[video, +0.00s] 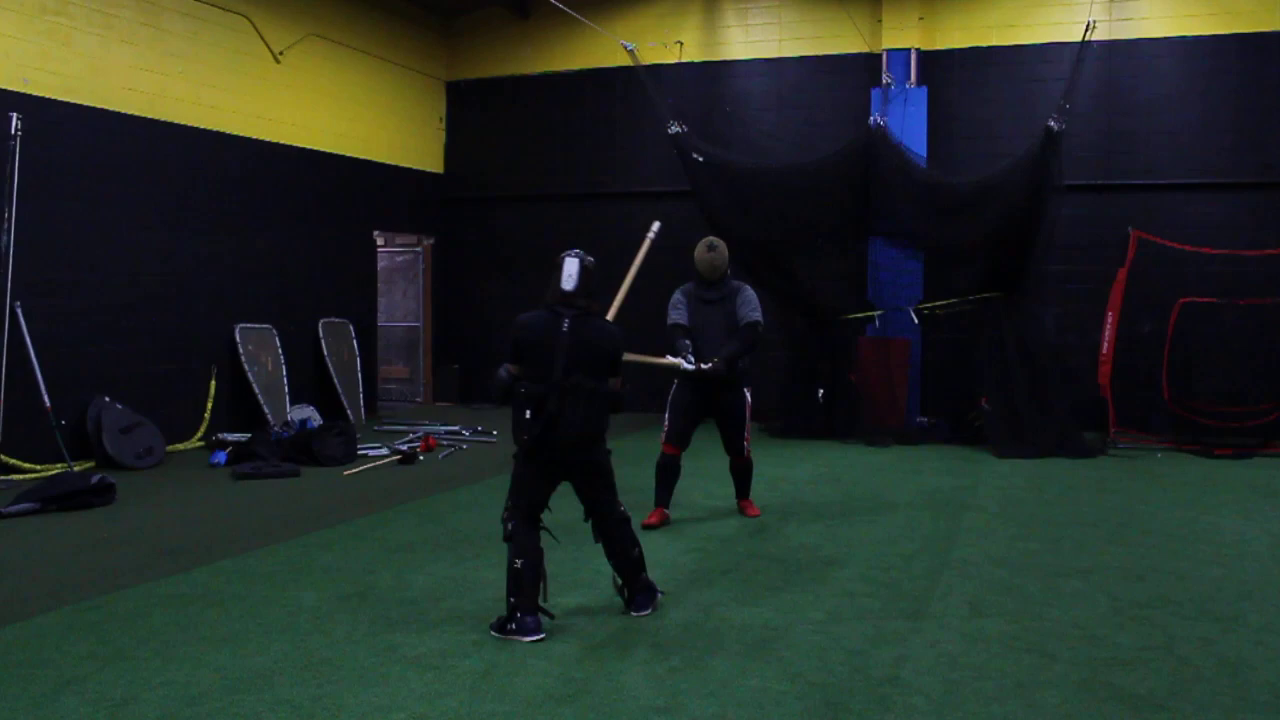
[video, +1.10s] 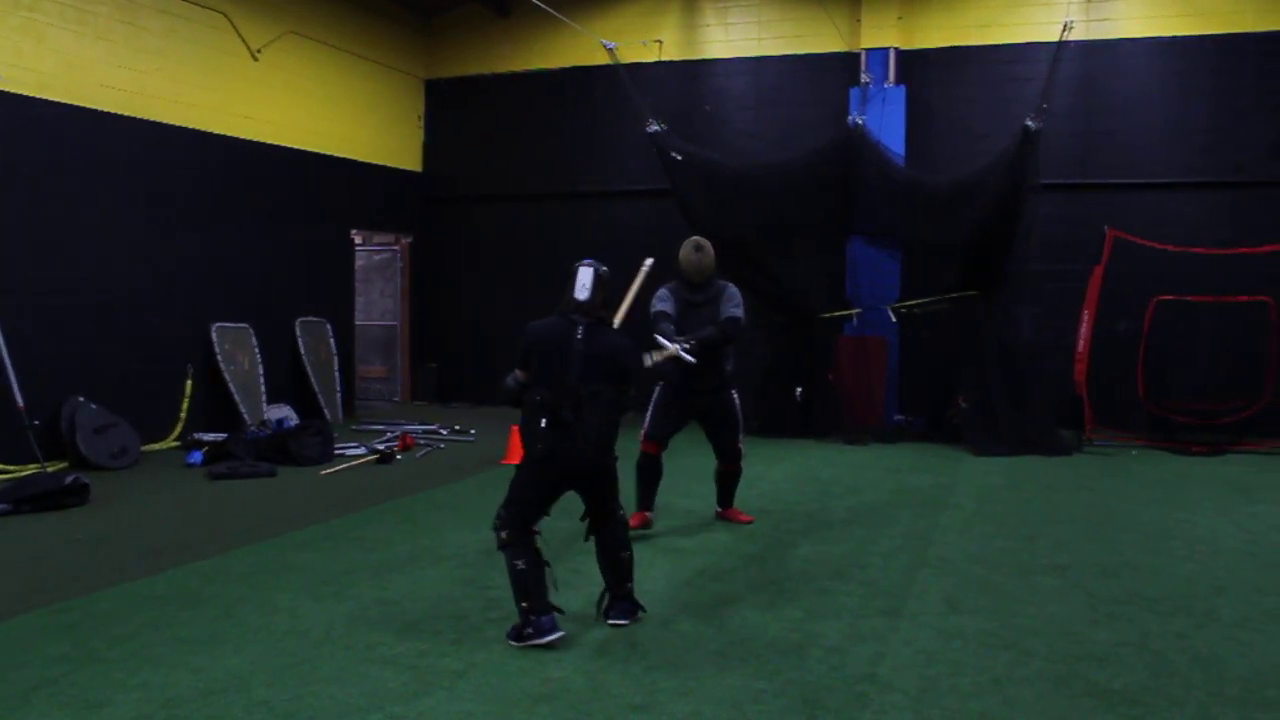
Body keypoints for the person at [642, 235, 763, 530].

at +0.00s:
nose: (711, 275)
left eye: (716, 269)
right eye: (706, 269)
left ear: (725, 266)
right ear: (698, 266)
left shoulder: (743, 293)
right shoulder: (682, 295)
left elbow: (752, 332)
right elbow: (677, 330)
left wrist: (725, 360)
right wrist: (685, 352)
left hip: (730, 382)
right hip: (690, 381)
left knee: (738, 448)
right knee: (672, 445)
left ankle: (744, 500)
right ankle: (661, 508)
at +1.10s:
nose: (697, 275)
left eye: (702, 270)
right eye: (692, 269)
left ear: (712, 267)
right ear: (682, 267)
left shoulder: (728, 293)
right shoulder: (667, 294)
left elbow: (731, 329)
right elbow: (661, 325)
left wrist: (691, 344)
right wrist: (672, 343)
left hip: (716, 385)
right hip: (675, 385)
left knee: (731, 451)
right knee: (650, 445)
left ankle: (725, 507)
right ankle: (644, 511)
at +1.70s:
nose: (620, 292)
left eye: (625, 286)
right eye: (613, 287)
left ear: (636, 282)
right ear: (603, 285)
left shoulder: (655, 308)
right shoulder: (591, 315)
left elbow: (654, 346)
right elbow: (576, 357)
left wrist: (625, 365)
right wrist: (579, 351)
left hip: (648, 406)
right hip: (605, 409)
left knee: (675, 469)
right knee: (591, 473)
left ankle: (674, 510)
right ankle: (599, 536)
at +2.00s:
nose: (635, 288)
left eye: (640, 283)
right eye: (631, 283)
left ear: (652, 282)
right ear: (621, 283)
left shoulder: (675, 312)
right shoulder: (610, 315)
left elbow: (685, 355)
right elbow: (585, 362)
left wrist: (641, 356)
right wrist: (604, 343)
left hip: (666, 409)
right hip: (621, 410)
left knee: (690, 477)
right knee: (602, 471)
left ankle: (692, 508)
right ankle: (603, 536)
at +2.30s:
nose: (676, 275)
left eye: (681, 269)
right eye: (672, 268)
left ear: (691, 268)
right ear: (665, 267)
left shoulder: (709, 300)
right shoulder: (645, 298)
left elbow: (714, 345)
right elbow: (621, 336)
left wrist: (665, 355)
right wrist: (641, 328)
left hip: (694, 392)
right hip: (650, 391)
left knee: (704, 458)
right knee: (624, 450)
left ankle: (695, 511)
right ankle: (617, 515)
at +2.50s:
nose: (686, 268)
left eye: (692, 263)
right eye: (682, 262)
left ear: (702, 266)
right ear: (673, 264)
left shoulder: (716, 300)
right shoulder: (652, 296)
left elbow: (720, 345)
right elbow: (628, 328)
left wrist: (675, 361)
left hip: (699, 387)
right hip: (658, 386)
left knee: (708, 451)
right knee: (640, 446)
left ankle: (696, 509)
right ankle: (640, 503)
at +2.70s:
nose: (677, 281)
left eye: (684, 275)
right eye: (674, 274)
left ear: (695, 277)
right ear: (667, 274)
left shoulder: (709, 306)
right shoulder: (651, 301)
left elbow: (714, 348)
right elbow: (634, 338)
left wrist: (670, 358)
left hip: (695, 389)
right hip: (656, 389)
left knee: (708, 450)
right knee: (640, 447)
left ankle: (697, 509)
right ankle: (632, 498)